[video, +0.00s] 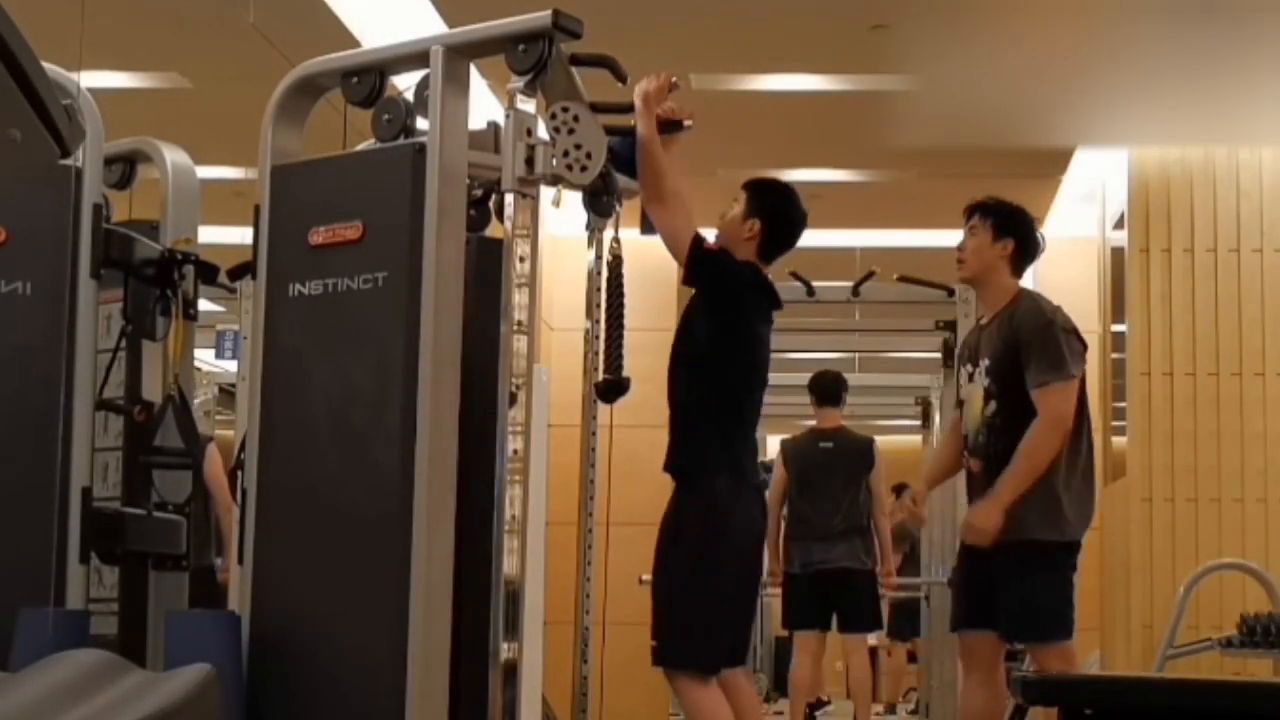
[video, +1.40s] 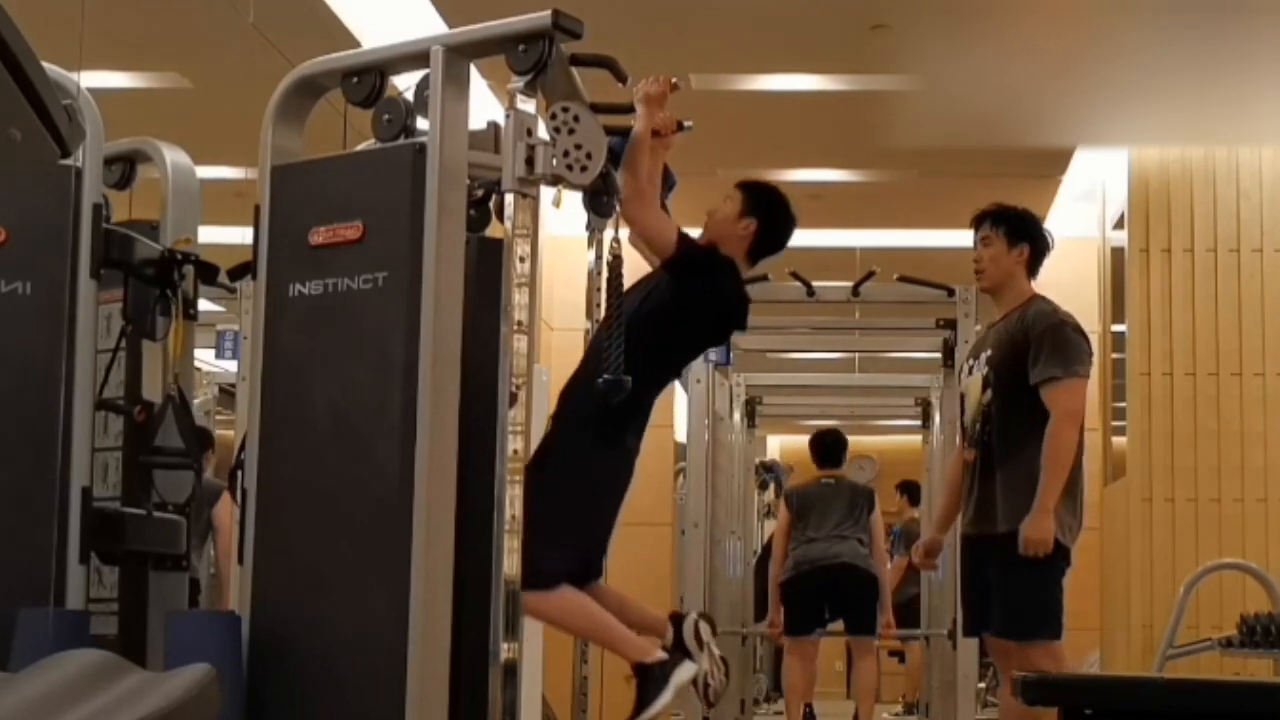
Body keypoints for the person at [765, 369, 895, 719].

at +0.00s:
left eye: (815, 397)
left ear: (811, 400)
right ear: (844, 399)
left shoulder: (790, 448)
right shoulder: (866, 447)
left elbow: (773, 509)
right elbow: (881, 510)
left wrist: (774, 560)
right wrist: (888, 561)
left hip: (805, 569)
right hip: (854, 568)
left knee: (805, 653)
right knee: (857, 652)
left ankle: (797, 717)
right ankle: (863, 716)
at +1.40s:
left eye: (816, 452)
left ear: (812, 457)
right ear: (845, 456)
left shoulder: (793, 495)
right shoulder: (866, 495)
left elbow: (777, 558)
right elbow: (879, 555)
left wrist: (774, 609)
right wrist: (887, 609)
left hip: (804, 581)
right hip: (857, 580)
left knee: (798, 652)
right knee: (864, 652)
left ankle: (795, 715)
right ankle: (864, 715)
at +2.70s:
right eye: (840, 406)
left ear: (814, 411)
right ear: (847, 411)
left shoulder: (792, 458)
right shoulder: (867, 458)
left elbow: (779, 519)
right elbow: (878, 522)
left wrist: (775, 569)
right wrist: (887, 571)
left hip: (805, 569)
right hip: (855, 568)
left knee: (805, 653)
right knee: (860, 650)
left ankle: (798, 715)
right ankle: (864, 714)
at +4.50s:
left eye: (814, 461)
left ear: (813, 464)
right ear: (847, 464)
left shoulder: (794, 503)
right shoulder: (867, 502)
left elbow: (780, 564)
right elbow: (882, 564)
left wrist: (775, 613)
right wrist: (887, 618)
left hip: (806, 585)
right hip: (858, 584)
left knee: (801, 653)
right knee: (865, 653)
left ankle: (798, 715)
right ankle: (865, 715)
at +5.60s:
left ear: (817, 409)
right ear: (850, 409)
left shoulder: (794, 457)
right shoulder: (870, 457)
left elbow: (778, 518)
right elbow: (883, 519)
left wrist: (774, 569)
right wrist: (890, 571)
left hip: (807, 566)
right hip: (857, 566)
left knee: (804, 647)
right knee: (860, 647)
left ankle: (797, 715)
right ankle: (864, 714)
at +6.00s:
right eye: (840, 396)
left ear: (811, 399)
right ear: (845, 398)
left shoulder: (790, 448)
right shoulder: (866, 447)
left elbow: (771, 508)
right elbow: (884, 510)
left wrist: (772, 559)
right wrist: (890, 559)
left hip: (806, 568)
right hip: (855, 567)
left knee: (805, 649)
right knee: (858, 650)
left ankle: (797, 716)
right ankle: (864, 715)